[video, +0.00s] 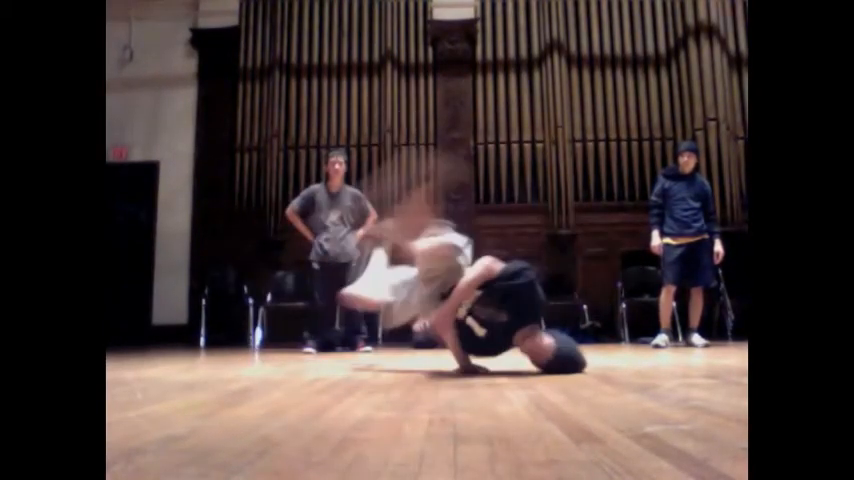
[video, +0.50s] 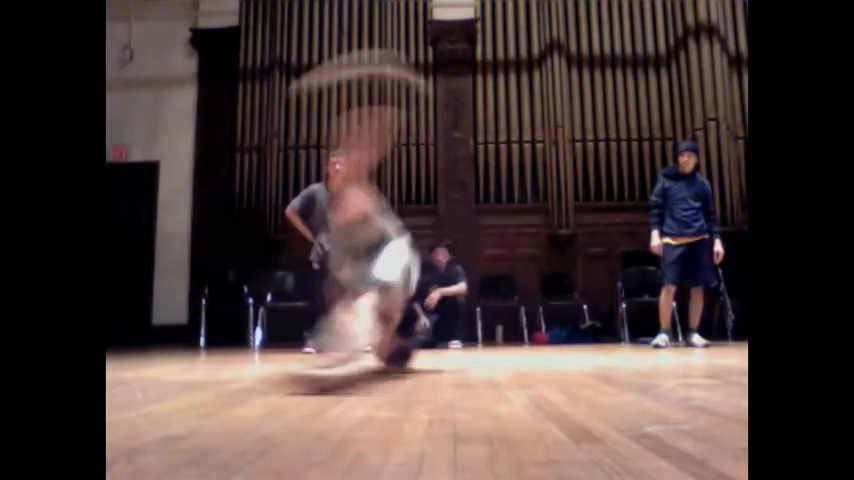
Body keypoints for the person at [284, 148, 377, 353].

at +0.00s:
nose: (336, 167)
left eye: (340, 163)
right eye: (333, 163)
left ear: (345, 168)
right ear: (326, 167)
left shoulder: (354, 195)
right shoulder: (314, 192)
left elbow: (372, 215)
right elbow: (291, 212)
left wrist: (359, 234)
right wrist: (310, 237)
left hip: (347, 252)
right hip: (322, 251)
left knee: (350, 297)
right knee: (321, 299)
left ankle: (357, 339)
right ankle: (317, 340)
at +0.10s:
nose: (336, 167)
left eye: (340, 163)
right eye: (333, 163)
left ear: (345, 168)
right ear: (326, 167)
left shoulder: (354, 194)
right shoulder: (314, 192)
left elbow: (373, 215)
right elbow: (291, 212)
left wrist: (358, 234)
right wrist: (311, 238)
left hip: (347, 254)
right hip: (322, 254)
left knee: (349, 298)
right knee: (320, 299)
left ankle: (355, 338)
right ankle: (321, 339)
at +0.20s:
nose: (336, 167)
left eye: (340, 163)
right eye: (333, 163)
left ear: (345, 168)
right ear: (326, 167)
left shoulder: (354, 194)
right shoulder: (314, 192)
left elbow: (373, 215)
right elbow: (291, 212)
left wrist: (358, 234)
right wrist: (311, 237)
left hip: (347, 254)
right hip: (322, 254)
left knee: (350, 298)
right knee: (320, 299)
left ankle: (355, 338)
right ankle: (322, 339)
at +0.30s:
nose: (337, 168)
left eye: (340, 164)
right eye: (333, 164)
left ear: (345, 167)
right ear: (327, 167)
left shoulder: (355, 197)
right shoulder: (317, 196)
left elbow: (371, 220)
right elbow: (304, 221)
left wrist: (360, 245)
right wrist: (315, 239)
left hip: (347, 257)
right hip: (321, 257)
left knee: (352, 301)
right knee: (321, 301)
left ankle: (358, 339)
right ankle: (317, 339)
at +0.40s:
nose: (337, 168)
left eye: (340, 164)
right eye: (334, 164)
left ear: (345, 168)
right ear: (327, 167)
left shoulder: (354, 195)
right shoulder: (314, 192)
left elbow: (373, 214)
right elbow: (290, 212)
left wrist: (363, 233)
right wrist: (302, 236)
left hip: (348, 253)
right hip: (318, 252)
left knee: (350, 298)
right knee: (321, 297)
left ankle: (354, 339)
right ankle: (316, 340)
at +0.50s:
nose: (337, 169)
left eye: (341, 165)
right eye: (334, 165)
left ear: (347, 169)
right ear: (327, 168)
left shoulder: (351, 195)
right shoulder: (316, 191)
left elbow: (373, 220)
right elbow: (291, 211)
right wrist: (312, 238)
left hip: (345, 251)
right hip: (324, 250)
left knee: (339, 293)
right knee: (318, 294)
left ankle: (338, 337)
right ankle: (313, 337)